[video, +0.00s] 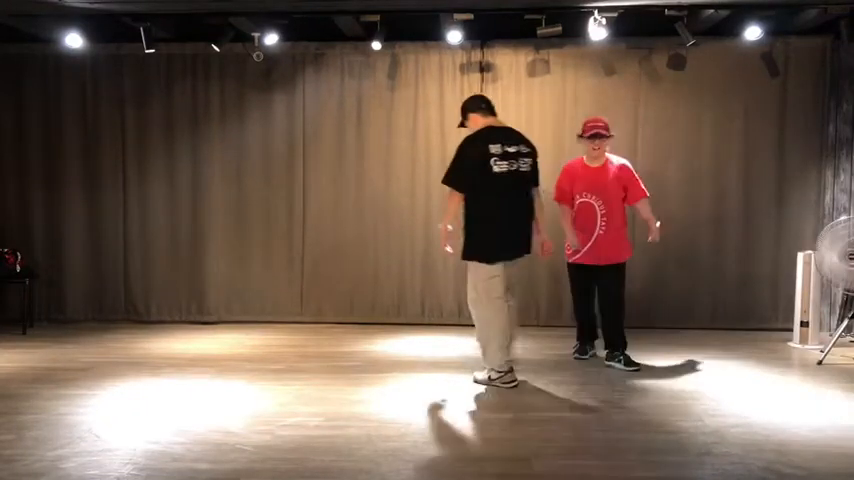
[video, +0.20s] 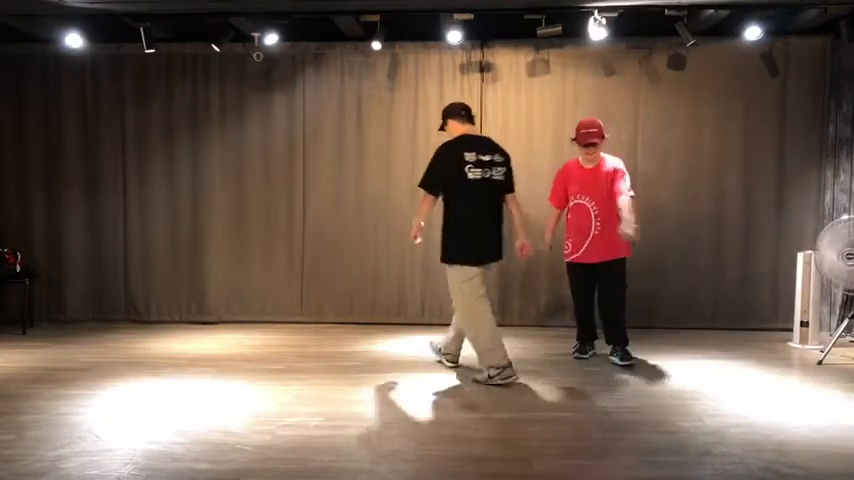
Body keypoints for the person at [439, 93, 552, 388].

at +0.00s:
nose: (468, 128)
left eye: (467, 123)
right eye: (467, 124)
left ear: (473, 117)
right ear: (492, 113)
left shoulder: (473, 143)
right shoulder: (523, 141)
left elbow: (456, 192)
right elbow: (535, 193)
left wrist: (447, 227)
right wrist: (541, 232)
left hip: (484, 237)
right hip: (516, 235)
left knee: (485, 301)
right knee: (503, 296)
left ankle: (499, 369)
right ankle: (504, 359)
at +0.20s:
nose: (446, 131)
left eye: (445, 127)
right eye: (445, 128)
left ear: (451, 123)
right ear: (472, 120)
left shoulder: (449, 150)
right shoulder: (497, 151)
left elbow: (431, 192)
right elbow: (510, 197)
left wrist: (418, 222)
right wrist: (521, 235)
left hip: (459, 240)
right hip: (490, 239)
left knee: (473, 303)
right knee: (467, 298)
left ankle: (499, 366)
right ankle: (450, 349)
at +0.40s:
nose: (423, 135)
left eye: (422, 130)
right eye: (422, 131)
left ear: (428, 125)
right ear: (447, 122)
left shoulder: (428, 149)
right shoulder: (474, 152)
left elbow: (416, 195)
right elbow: (476, 197)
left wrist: (407, 231)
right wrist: (472, 229)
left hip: (434, 236)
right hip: (467, 236)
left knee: (426, 293)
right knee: (456, 295)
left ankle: (466, 336)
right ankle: (447, 350)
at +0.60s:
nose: (400, 136)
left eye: (399, 131)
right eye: (399, 131)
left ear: (406, 125)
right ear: (423, 121)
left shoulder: (410, 149)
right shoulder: (448, 148)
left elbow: (404, 197)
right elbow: (445, 193)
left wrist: (398, 233)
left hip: (416, 235)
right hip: (446, 235)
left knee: (401, 292)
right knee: (444, 295)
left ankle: (399, 344)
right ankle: (446, 350)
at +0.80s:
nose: (374, 138)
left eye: (373, 132)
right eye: (372, 133)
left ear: (381, 128)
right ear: (395, 125)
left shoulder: (384, 154)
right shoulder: (420, 149)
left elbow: (380, 200)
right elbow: (420, 194)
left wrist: (376, 235)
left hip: (394, 234)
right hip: (422, 233)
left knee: (385, 291)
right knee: (427, 291)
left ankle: (377, 339)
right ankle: (443, 344)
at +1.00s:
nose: (349, 136)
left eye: (349, 131)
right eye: (348, 131)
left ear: (356, 126)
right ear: (369, 123)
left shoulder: (360, 152)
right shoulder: (395, 147)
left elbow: (349, 196)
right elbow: (394, 190)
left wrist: (340, 228)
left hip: (367, 229)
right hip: (393, 226)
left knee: (368, 285)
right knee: (385, 276)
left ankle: (377, 339)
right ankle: (405, 316)